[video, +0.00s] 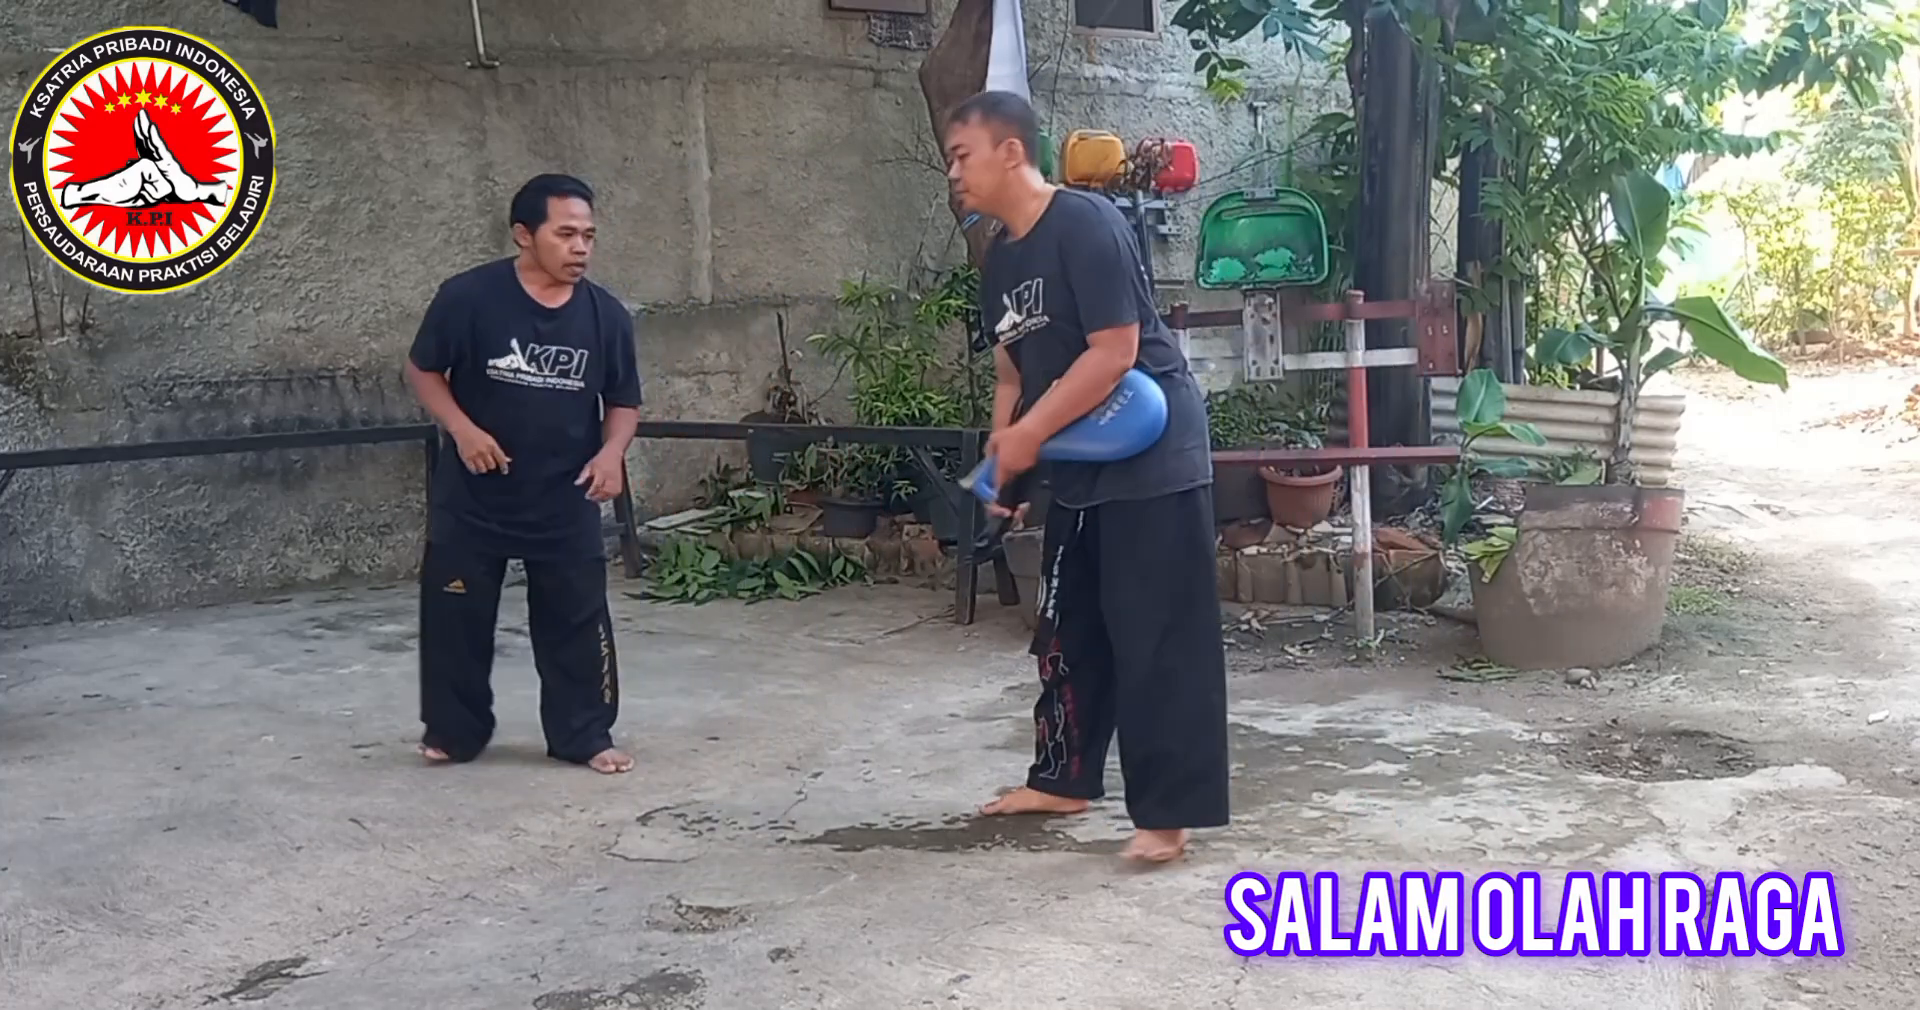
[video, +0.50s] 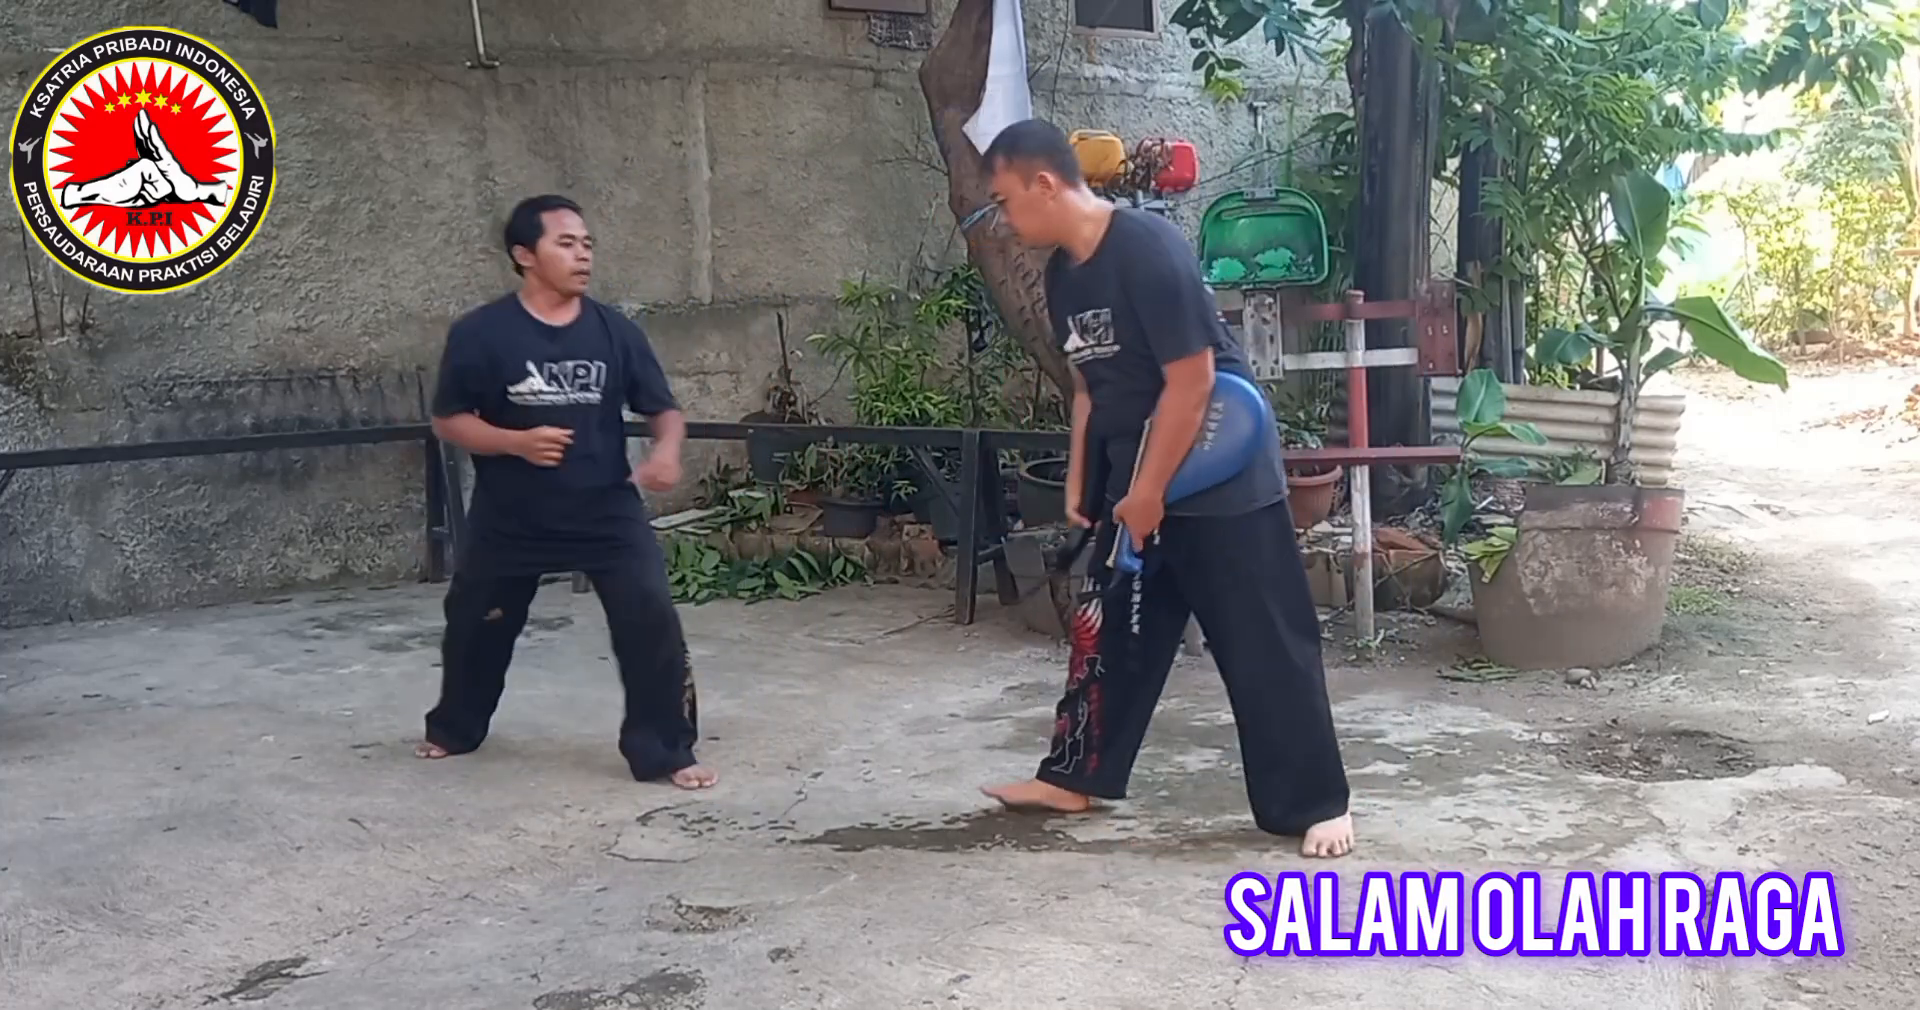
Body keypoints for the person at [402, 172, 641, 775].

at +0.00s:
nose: (582, 245)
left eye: (588, 234)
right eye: (568, 233)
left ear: (593, 236)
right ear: (525, 235)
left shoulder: (607, 315)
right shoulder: (466, 297)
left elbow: (624, 400)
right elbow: (422, 369)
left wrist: (614, 451)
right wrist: (461, 427)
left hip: (565, 499)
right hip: (472, 498)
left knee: (577, 621)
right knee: (456, 616)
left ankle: (584, 736)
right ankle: (454, 730)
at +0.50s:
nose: (583, 254)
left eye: (586, 244)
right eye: (567, 243)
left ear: (592, 252)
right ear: (525, 256)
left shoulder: (617, 332)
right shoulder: (477, 334)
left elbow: (664, 409)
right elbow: (449, 421)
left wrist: (667, 453)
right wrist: (514, 441)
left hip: (607, 517)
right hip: (511, 520)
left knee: (652, 619)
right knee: (473, 622)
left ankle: (665, 751)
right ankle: (456, 726)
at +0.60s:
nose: (613, 257)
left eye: (615, 246)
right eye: (597, 246)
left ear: (617, 252)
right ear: (553, 257)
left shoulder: (638, 336)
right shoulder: (505, 333)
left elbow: (682, 405)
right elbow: (485, 423)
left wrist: (705, 438)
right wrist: (571, 419)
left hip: (619, 516)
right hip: (523, 518)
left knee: (663, 625)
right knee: (484, 623)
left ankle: (669, 751)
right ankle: (464, 725)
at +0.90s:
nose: (581, 258)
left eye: (585, 245)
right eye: (565, 246)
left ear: (590, 251)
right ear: (522, 255)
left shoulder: (609, 328)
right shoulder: (478, 330)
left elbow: (662, 403)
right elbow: (490, 409)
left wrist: (702, 453)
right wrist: (549, 339)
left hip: (597, 512)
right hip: (505, 514)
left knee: (642, 621)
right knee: (482, 629)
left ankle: (666, 753)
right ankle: (484, 736)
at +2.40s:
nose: (587, 260)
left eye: (589, 252)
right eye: (570, 251)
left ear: (598, 265)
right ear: (530, 270)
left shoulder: (637, 339)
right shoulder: (515, 351)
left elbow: (704, 390)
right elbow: (555, 405)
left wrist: (752, 398)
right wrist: (596, 323)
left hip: (646, 524)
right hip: (552, 531)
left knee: (710, 614)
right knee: (500, 637)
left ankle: (707, 761)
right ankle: (487, 743)